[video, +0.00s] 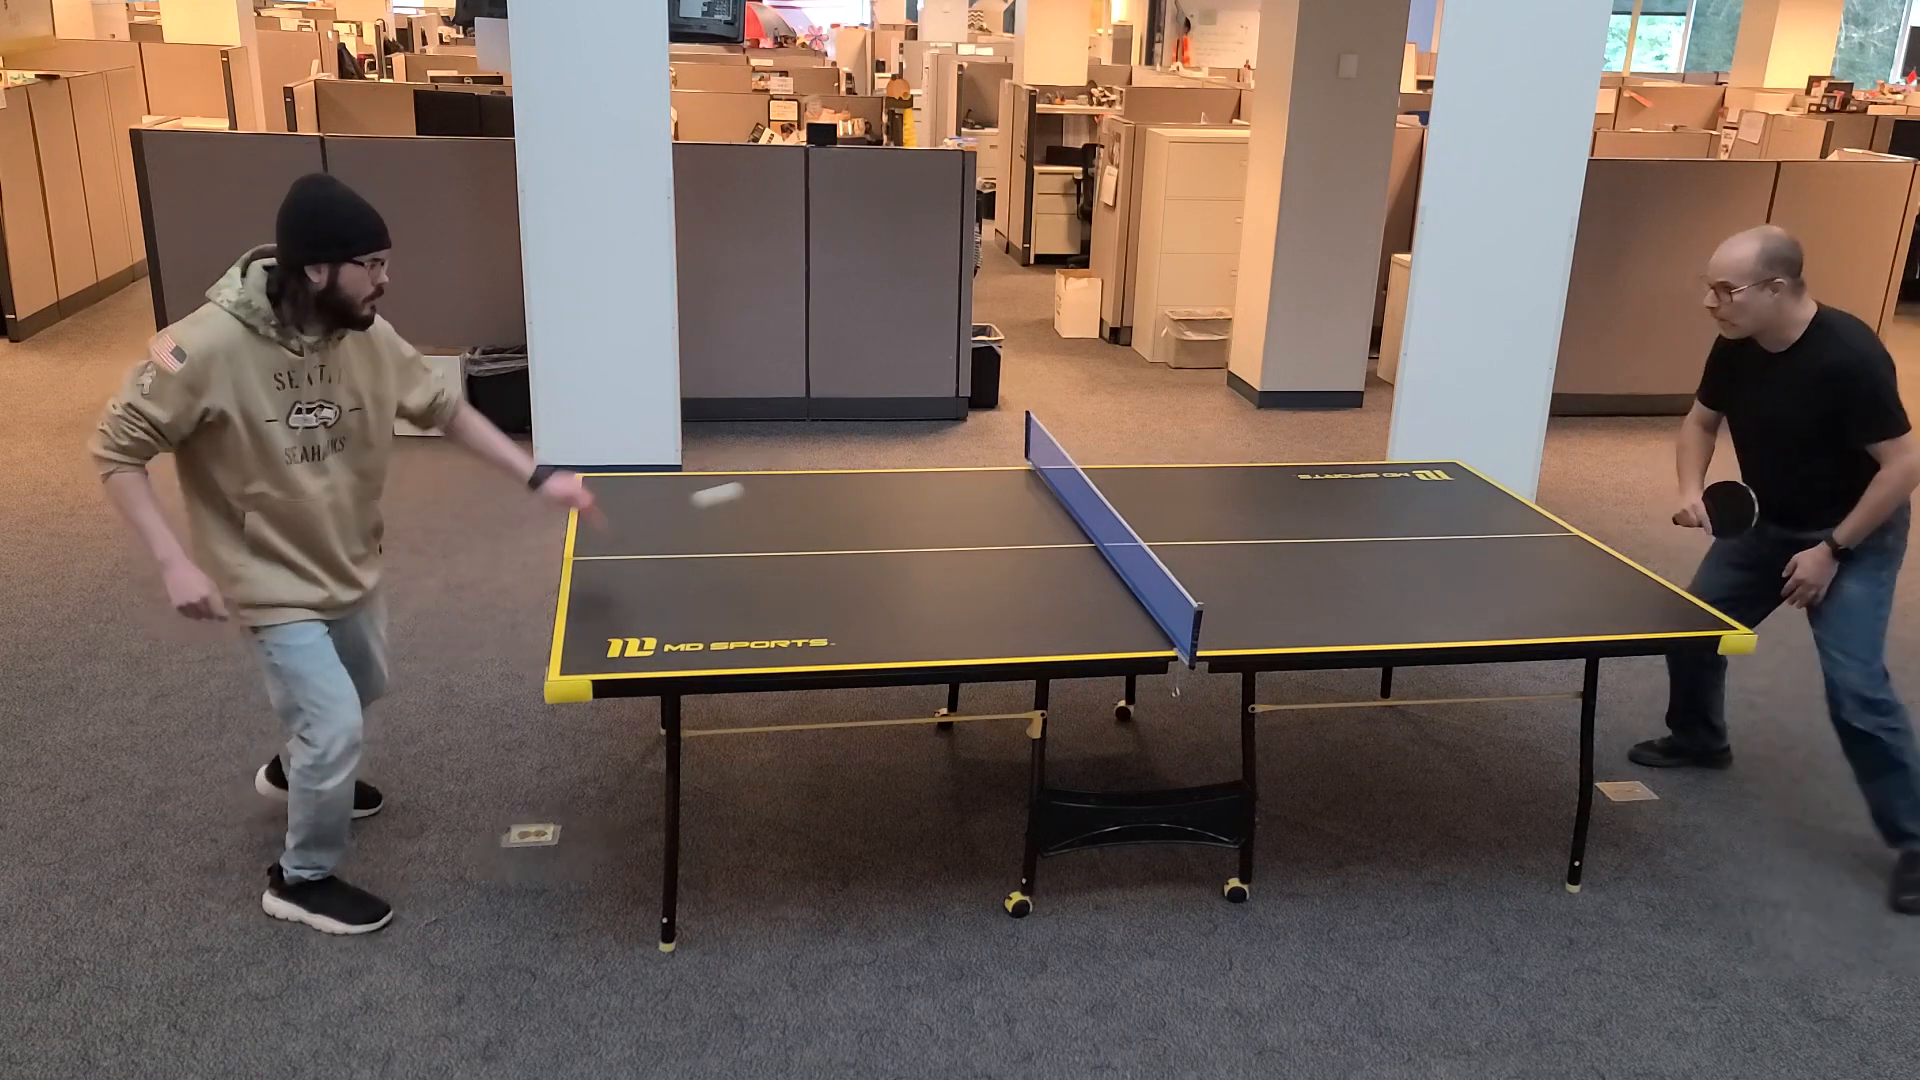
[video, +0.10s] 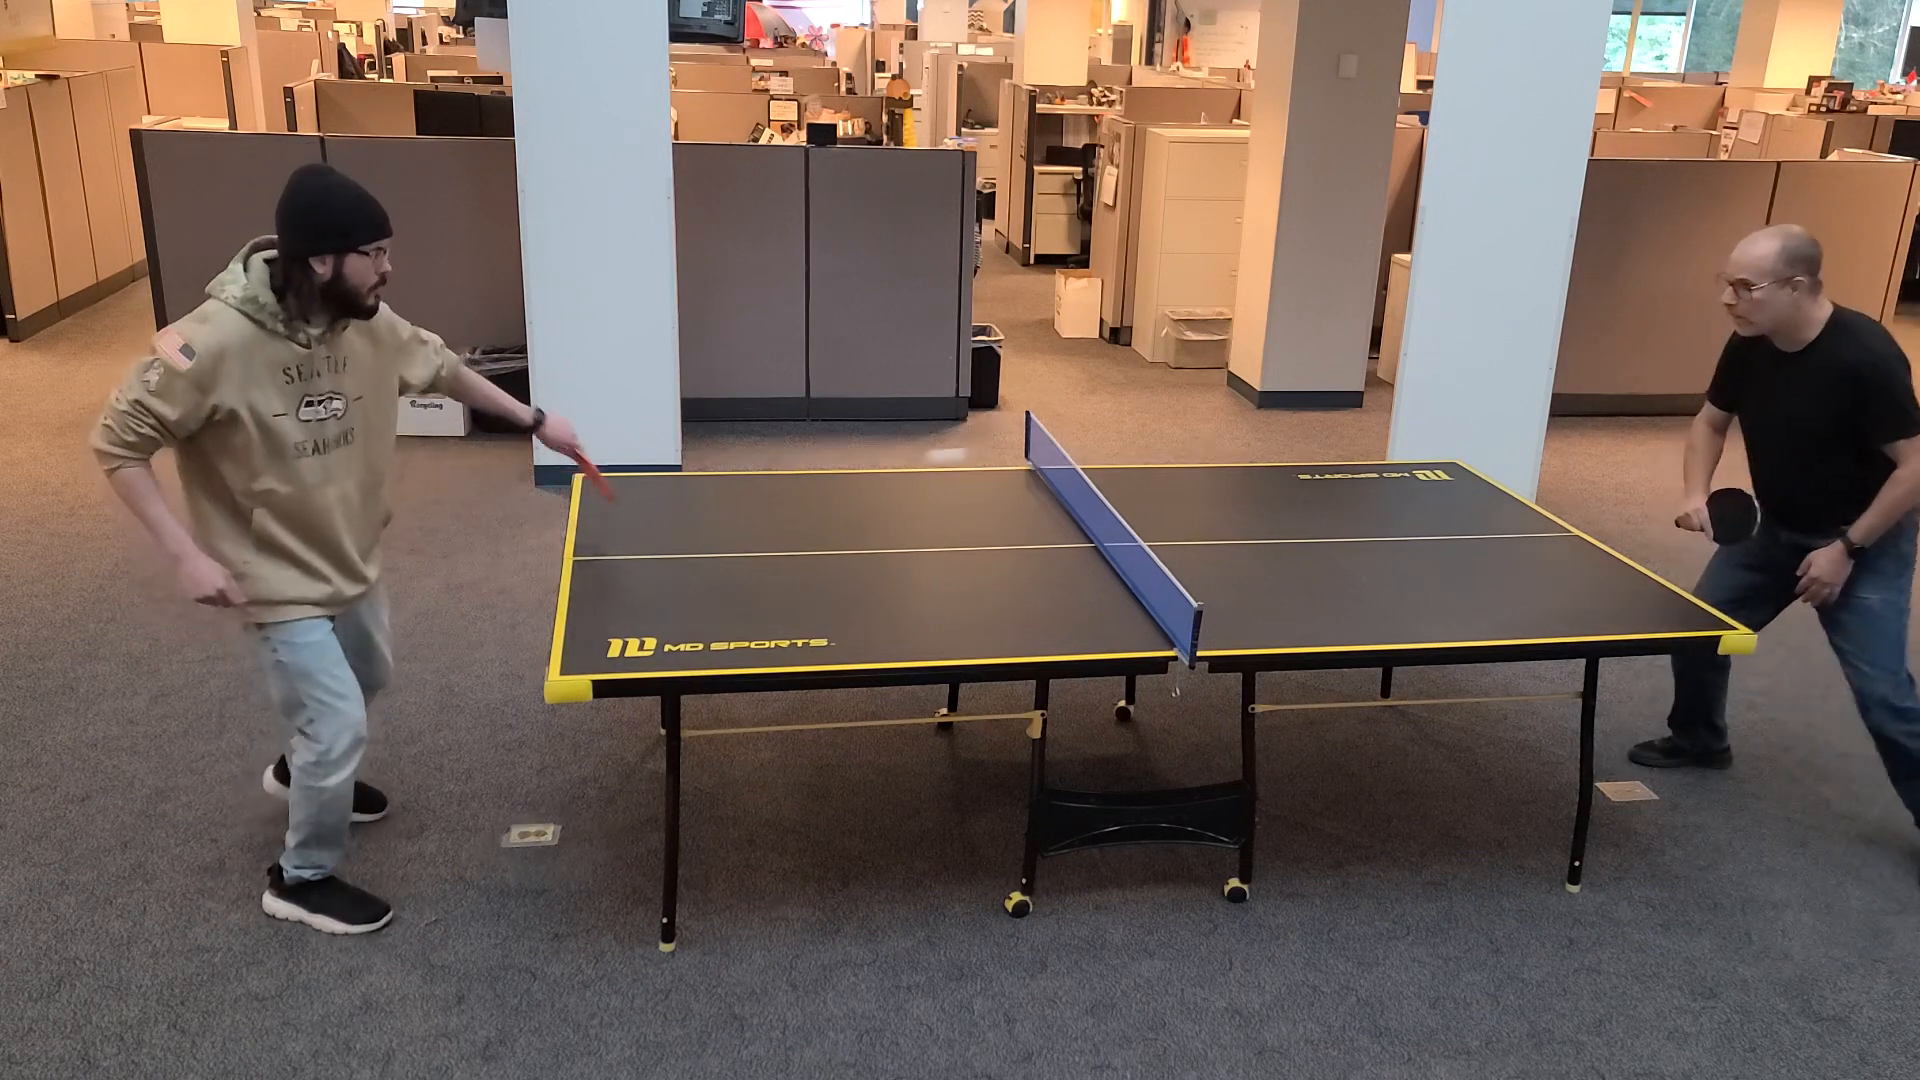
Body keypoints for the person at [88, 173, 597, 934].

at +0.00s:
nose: (385, 278)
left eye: (384, 261)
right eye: (371, 264)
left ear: (330, 272)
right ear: (316, 272)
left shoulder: (367, 341)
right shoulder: (208, 349)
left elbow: (448, 405)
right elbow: (116, 451)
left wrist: (538, 476)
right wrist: (174, 564)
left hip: (350, 565)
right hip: (269, 580)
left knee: (361, 688)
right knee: (333, 731)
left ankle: (298, 771)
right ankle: (302, 876)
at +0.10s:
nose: (388, 266)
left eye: (386, 249)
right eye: (373, 252)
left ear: (330, 262)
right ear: (319, 263)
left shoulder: (369, 324)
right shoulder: (217, 343)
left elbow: (443, 369)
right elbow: (115, 445)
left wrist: (535, 420)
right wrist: (187, 555)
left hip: (350, 561)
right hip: (273, 577)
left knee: (366, 680)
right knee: (335, 724)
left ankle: (305, 772)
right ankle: (304, 875)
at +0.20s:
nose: (391, 255)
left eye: (389, 238)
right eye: (376, 241)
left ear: (341, 250)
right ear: (324, 251)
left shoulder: (360, 312)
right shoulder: (226, 337)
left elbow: (414, 355)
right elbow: (132, 446)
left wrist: (484, 405)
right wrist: (209, 556)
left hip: (351, 551)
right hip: (280, 570)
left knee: (367, 671)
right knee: (340, 718)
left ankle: (337, 797)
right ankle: (301, 874)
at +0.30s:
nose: (396, 247)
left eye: (393, 231)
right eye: (383, 234)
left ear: (339, 246)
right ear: (333, 247)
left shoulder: (349, 297)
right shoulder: (240, 336)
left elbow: (383, 369)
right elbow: (153, 453)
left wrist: (439, 435)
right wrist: (232, 559)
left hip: (350, 549)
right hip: (290, 570)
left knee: (370, 674)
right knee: (344, 716)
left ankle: (344, 801)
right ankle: (301, 875)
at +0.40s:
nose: (400, 245)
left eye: (397, 230)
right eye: (387, 233)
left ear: (343, 245)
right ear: (337, 246)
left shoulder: (344, 300)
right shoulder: (254, 334)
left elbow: (352, 411)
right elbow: (179, 458)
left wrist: (403, 473)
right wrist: (263, 558)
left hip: (348, 549)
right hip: (294, 570)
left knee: (373, 683)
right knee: (352, 715)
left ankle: (343, 803)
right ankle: (302, 875)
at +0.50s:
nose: (403, 240)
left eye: (399, 224)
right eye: (389, 227)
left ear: (344, 240)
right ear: (339, 239)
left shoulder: (341, 303)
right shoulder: (262, 327)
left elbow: (346, 431)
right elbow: (194, 455)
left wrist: (388, 504)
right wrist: (281, 552)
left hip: (355, 546)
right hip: (303, 565)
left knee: (374, 682)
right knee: (352, 715)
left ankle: (344, 802)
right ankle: (301, 874)